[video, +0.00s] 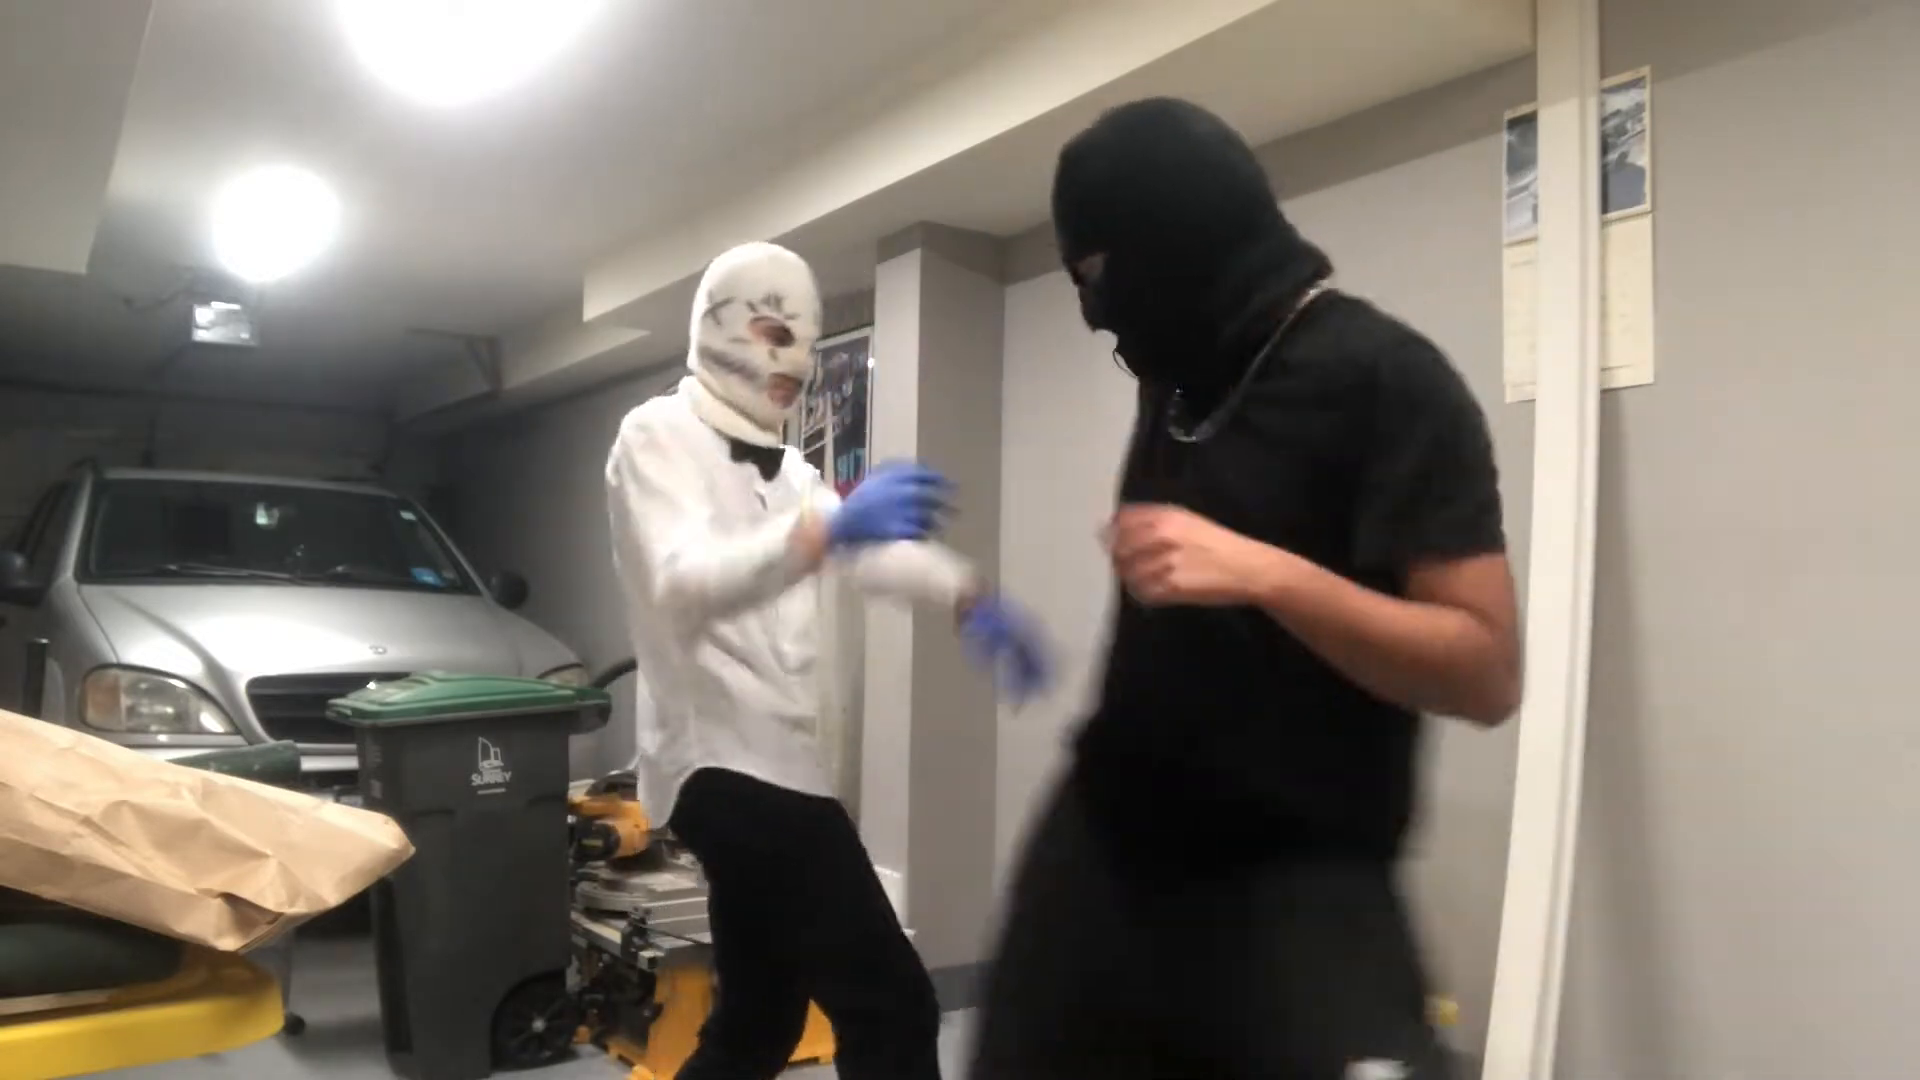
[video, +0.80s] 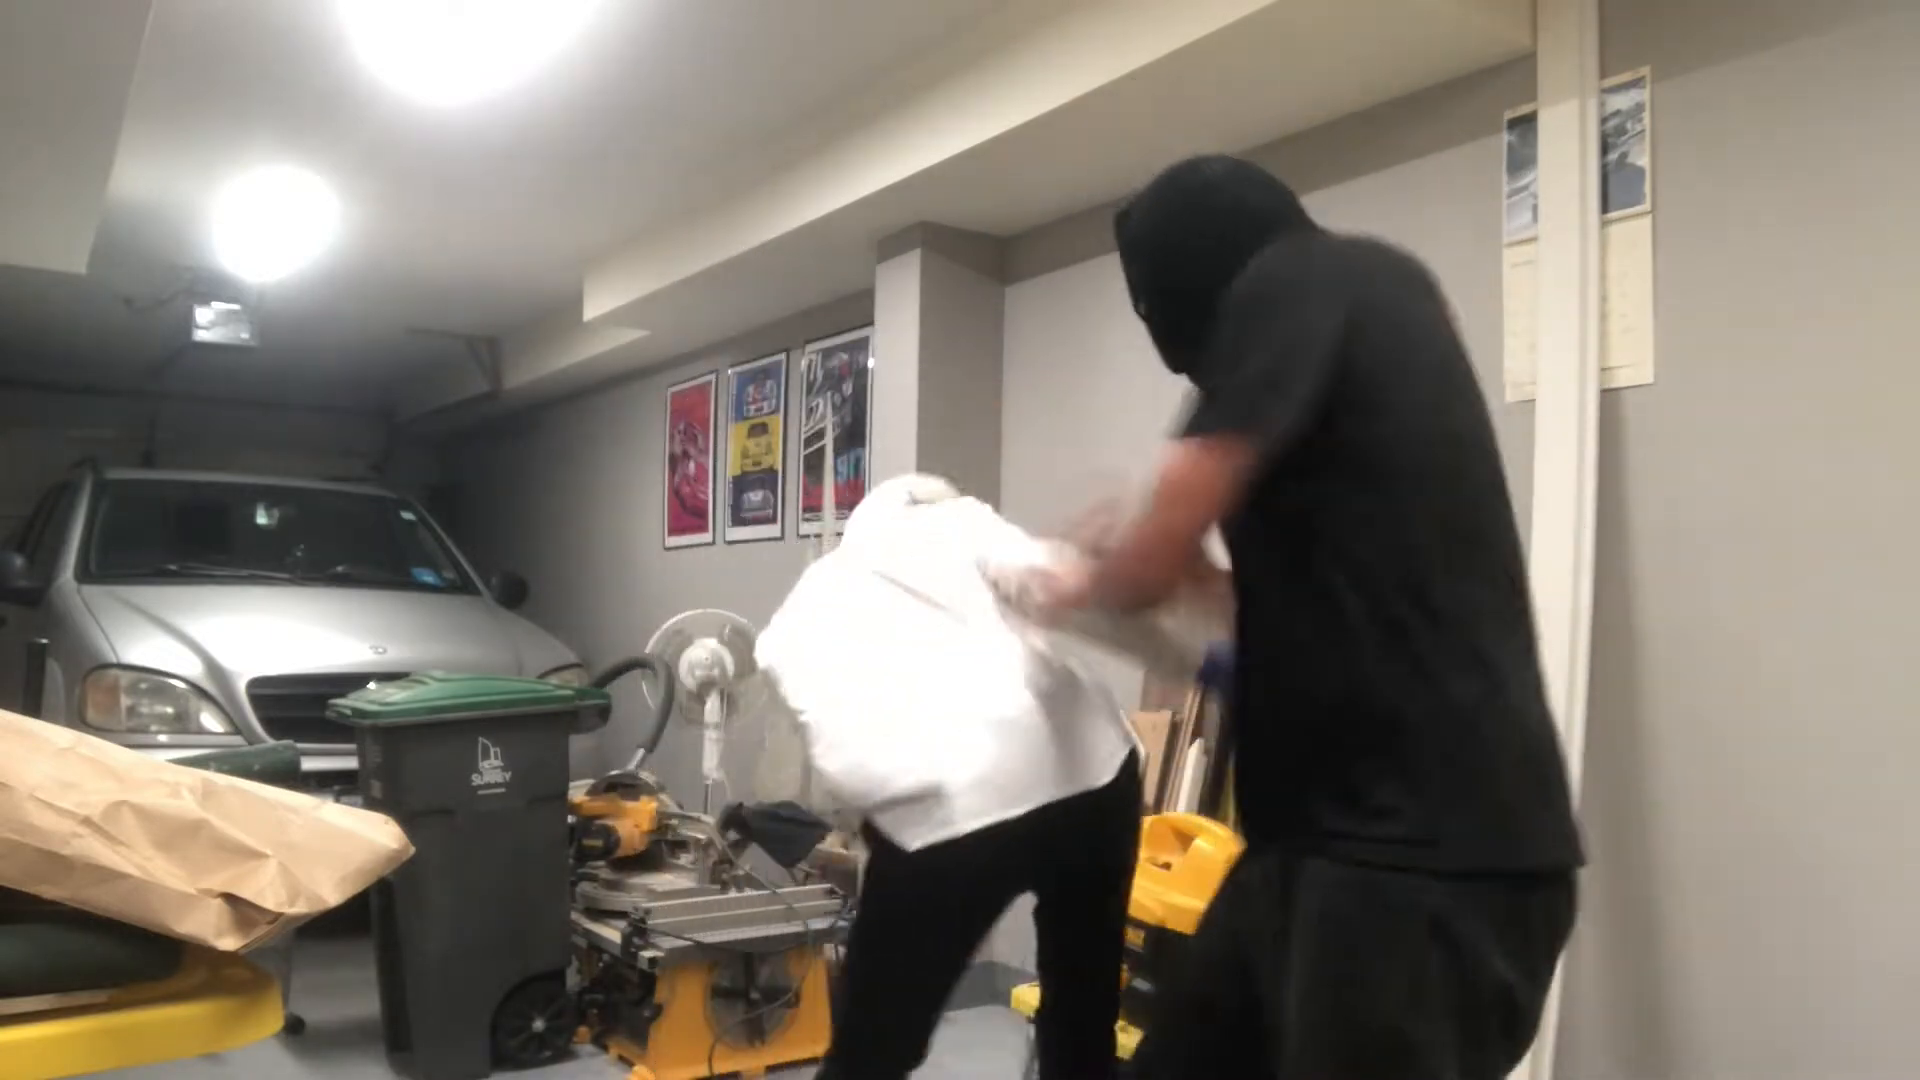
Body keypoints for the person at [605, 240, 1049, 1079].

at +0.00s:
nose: (785, 341)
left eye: (798, 328)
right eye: (764, 318)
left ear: (806, 347)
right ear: (712, 324)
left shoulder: (791, 472)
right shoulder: (659, 433)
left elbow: (863, 554)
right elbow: (679, 585)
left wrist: (966, 593)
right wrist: (823, 531)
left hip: (788, 767)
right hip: (725, 767)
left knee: (754, 1024)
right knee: (892, 1008)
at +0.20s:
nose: (838, 361)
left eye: (851, 341)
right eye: (820, 332)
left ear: (858, 346)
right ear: (765, 322)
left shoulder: (770, 446)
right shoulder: (709, 420)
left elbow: (799, 620)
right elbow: (669, 603)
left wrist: (912, 674)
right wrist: (827, 659)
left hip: (764, 745)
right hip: (739, 748)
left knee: (732, 1011)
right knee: (917, 952)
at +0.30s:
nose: (878, 375)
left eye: (881, 356)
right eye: (872, 350)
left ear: (807, 334)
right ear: (830, 334)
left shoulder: (775, 428)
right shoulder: (756, 420)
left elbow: (792, 618)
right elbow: (736, 578)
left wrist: (921, 694)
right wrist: (882, 665)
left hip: (738, 759)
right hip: (769, 744)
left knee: (726, 1013)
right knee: (953, 964)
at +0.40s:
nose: (907, 403)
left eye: (913, 384)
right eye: (903, 378)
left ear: (823, 360)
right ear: (873, 362)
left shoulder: (732, 465)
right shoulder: (839, 434)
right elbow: (822, 594)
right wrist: (942, 697)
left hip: (740, 783)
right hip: (839, 772)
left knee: (724, 1021)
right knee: (961, 1003)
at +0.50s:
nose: (963, 426)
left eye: (964, 412)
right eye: (959, 411)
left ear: (858, 401)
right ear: (939, 406)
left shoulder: (766, 494)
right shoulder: (935, 468)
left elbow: (706, 657)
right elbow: (957, 637)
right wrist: (1021, 724)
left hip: (772, 814)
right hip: (909, 806)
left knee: (735, 1021)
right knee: (988, 1014)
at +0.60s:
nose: (979, 469)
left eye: (980, 461)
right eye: (976, 459)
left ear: (869, 444)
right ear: (960, 450)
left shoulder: (774, 545)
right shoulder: (960, 488)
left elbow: (755, 714)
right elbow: (1021, 619)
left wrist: (785, 794)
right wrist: (1108, 722)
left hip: (842, 827)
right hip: (992, 811)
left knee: (764, 1029)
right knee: (1031, 1015)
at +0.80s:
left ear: (852, 529)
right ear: (930, 502)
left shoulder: (791, 622)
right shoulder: (962, 522)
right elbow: (1073, 590)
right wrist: (1194, 663)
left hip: (947, 829)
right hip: (1093, 790)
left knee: (869, 1056)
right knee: (1081, 1034)